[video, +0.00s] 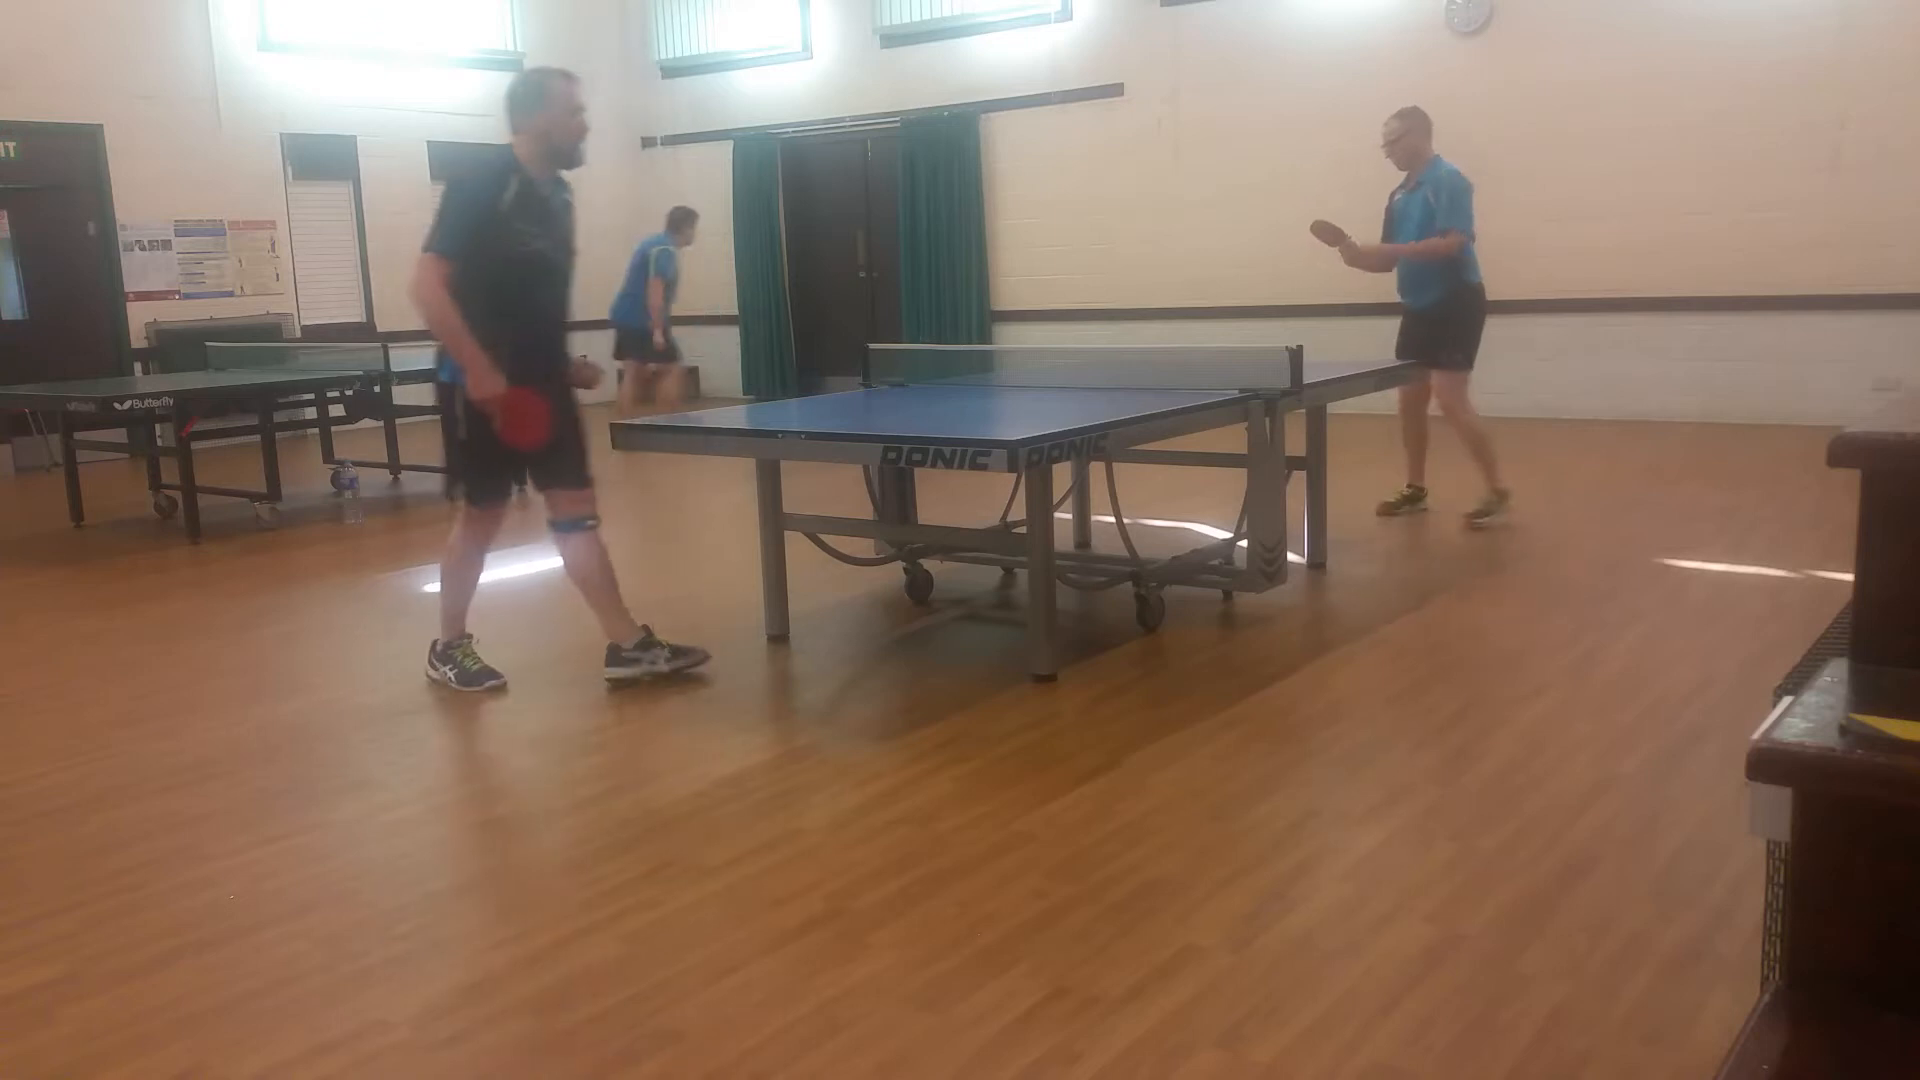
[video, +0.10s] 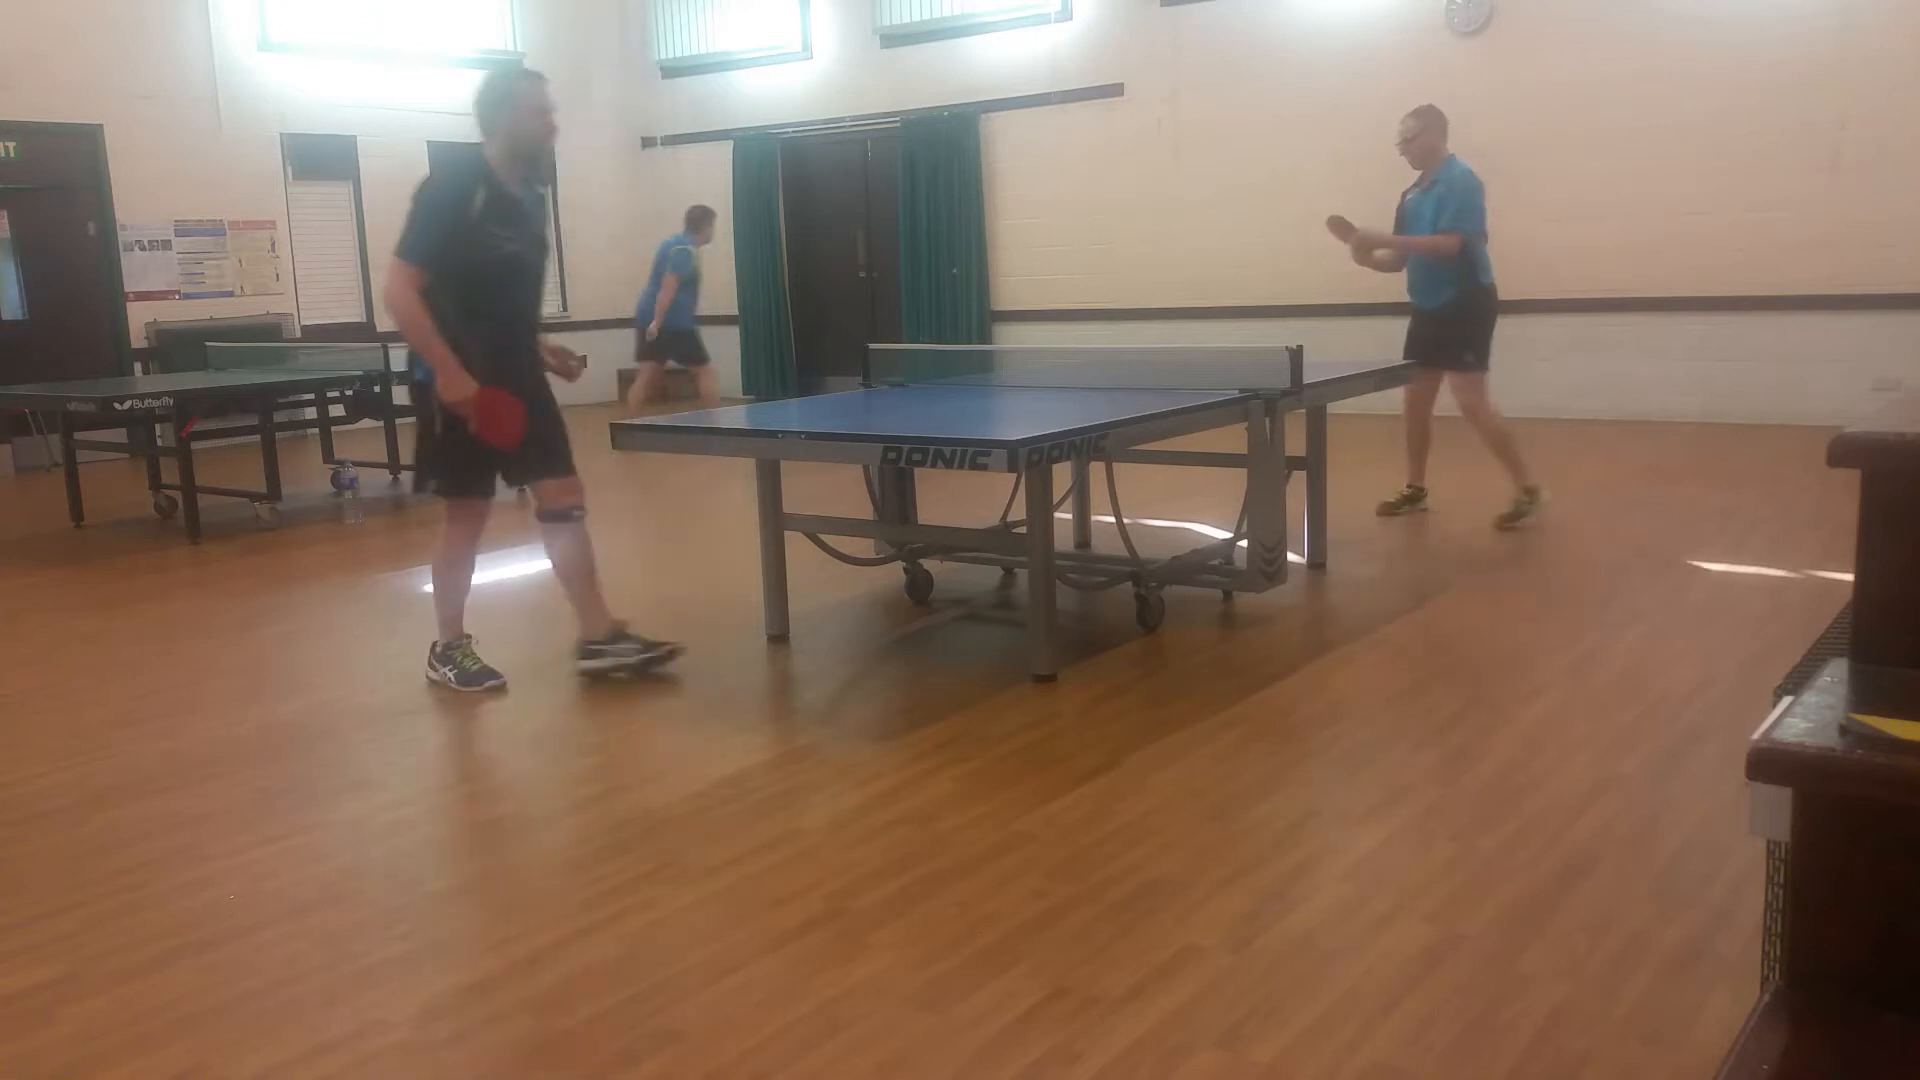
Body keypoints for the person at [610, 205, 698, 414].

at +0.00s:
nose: (694, 234)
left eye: (694, 228)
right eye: (692, 228)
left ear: (673, 225)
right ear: (683, 228)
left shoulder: (652, 244)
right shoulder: (663, 250)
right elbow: (655, 295)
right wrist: (658, 330)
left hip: (628, 319)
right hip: (643, 321)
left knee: (633, 370)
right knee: (671, 367)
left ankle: (625, 426)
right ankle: (664, 425)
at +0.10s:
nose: (713, 232)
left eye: (713, 226)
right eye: (711, 226)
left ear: (690, 224)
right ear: (703, 227)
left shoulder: (671, 245)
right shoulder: (683, 252)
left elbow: (663, 286)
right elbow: (667, 289)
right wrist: (657, 321)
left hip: (654, 322)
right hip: (676, 325)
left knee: (647, 374)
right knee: (704, 372)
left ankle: (630, 425)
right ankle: (717, 425)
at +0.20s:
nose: (731, 230)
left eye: (731, 225)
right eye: (730, 225)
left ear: (708, 224)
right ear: (723, 226)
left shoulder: (690, 246)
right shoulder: (708, 252)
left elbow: (676, 277)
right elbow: (691, 282)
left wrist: (673, 307)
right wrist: (674, 310)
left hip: (683, 326)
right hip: (709, 327)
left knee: (673, 374)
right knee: (736, 373)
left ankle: (638, 421)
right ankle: (744, 427)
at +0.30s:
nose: (750, 223)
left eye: (749, 218)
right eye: (748, 218)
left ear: (727, 216)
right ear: (742, 218)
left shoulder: (706, 239)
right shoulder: (734, 244)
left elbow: (692, 272)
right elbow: (721, 280)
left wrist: (695, 306)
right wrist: (711, 312)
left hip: (706, 317)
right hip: (735, 318)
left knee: (711, 370)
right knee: (747, 371)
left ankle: (673, 406)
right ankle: (748, 423)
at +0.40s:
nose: (768, 219)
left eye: (769, 215)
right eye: (768, 215)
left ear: (745, 211)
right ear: (762, 213)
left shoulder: (723, 234)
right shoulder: (755, 237)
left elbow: (709, 273)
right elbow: (757, 276)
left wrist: (711, 310)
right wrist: (761, 313)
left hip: (723, 311)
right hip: (746, 312)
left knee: (745, 362)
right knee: (751, 364)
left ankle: (730, 411)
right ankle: (745, 418)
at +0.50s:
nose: (787, 223)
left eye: (788, 218)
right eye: (786, 218)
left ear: (762, 215)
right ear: (779, 216)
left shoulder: (739, 239)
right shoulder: (778, 241)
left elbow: (724, 277)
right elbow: (795, 280)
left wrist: (725, 313)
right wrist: (814, 313)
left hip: (742, 314)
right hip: (766, 315)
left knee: (774, 367)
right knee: (759, 371)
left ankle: (777, 420)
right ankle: (748, 426)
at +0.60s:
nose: (805, 235)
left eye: (806, 231)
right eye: (805, 230)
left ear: (783, 225)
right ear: (799, 227)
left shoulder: (758, 246)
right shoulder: (796, 247)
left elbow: (740, 283)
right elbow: (824, 280)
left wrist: (737, 317)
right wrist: (854, 306)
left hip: (756, 318)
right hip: (780, 320)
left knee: (796, 363)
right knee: (768, 371)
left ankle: (814, 413)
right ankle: (751, 422)